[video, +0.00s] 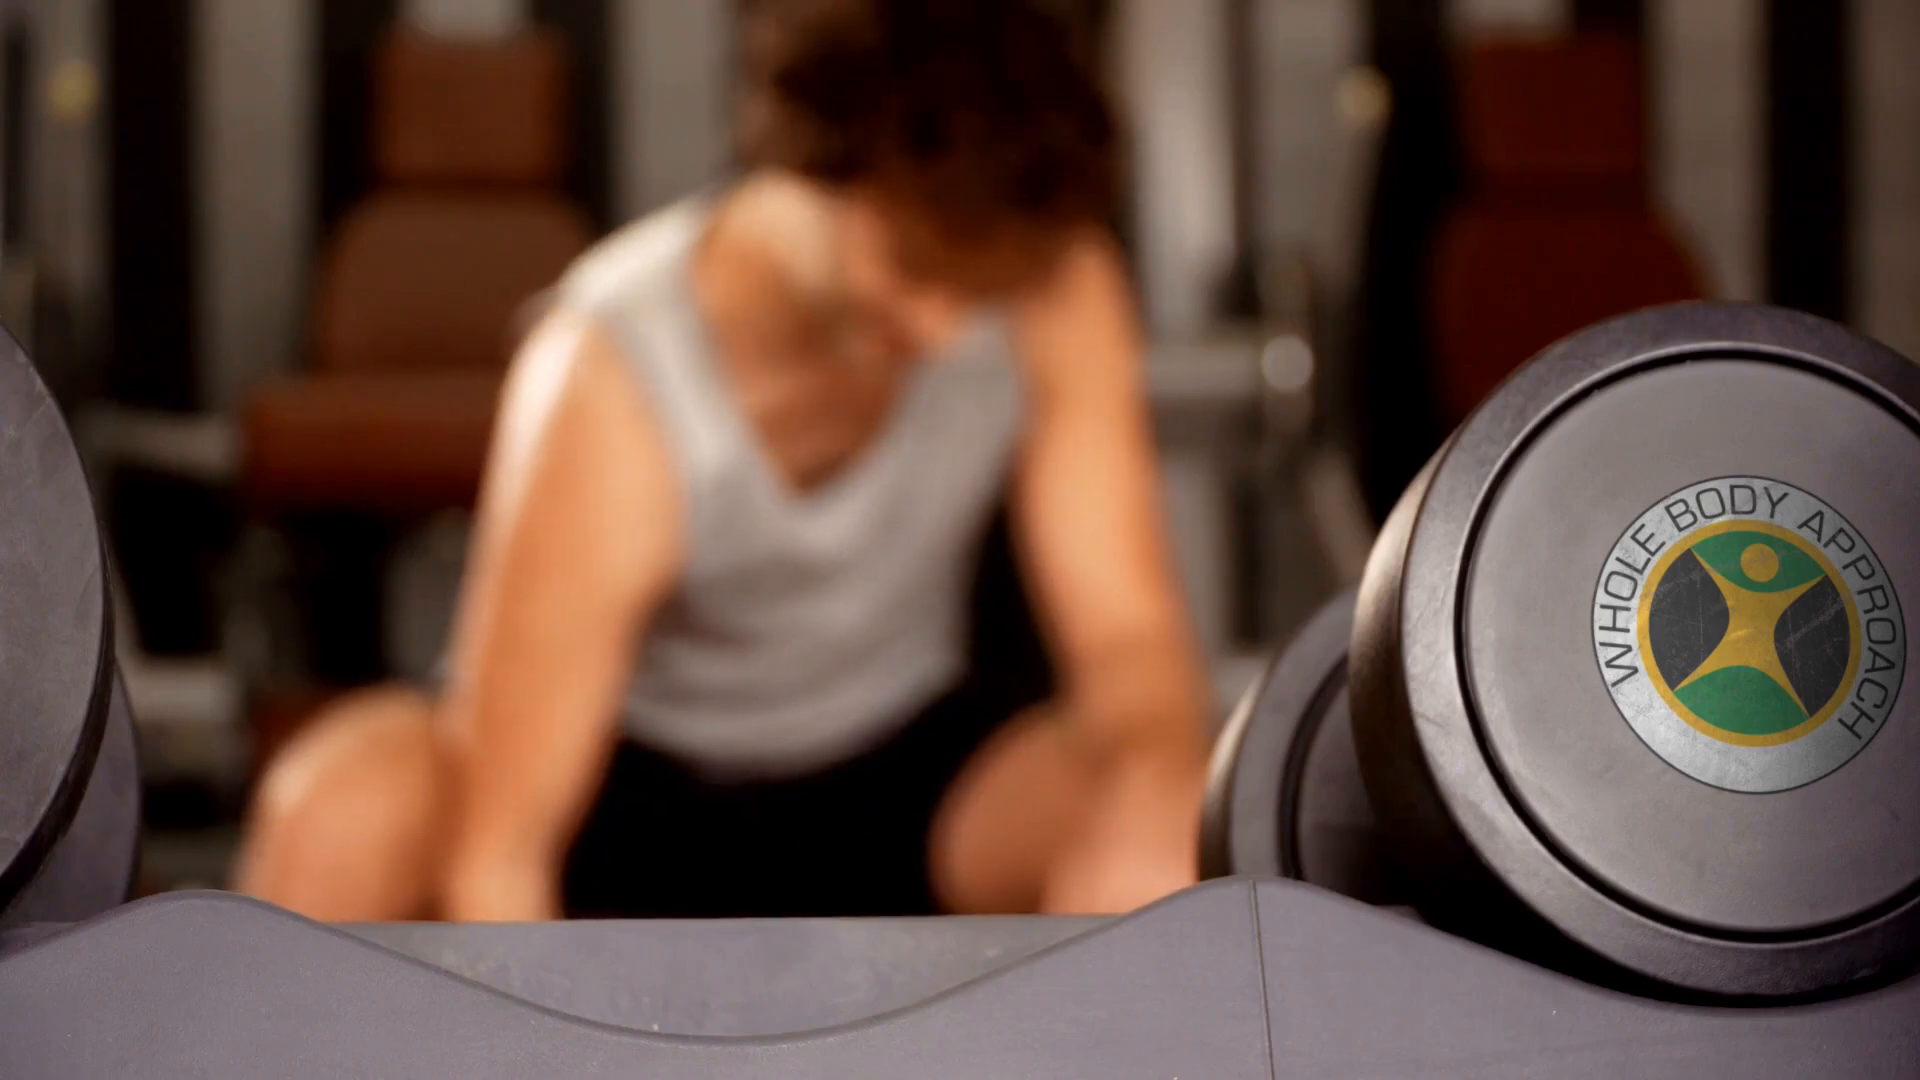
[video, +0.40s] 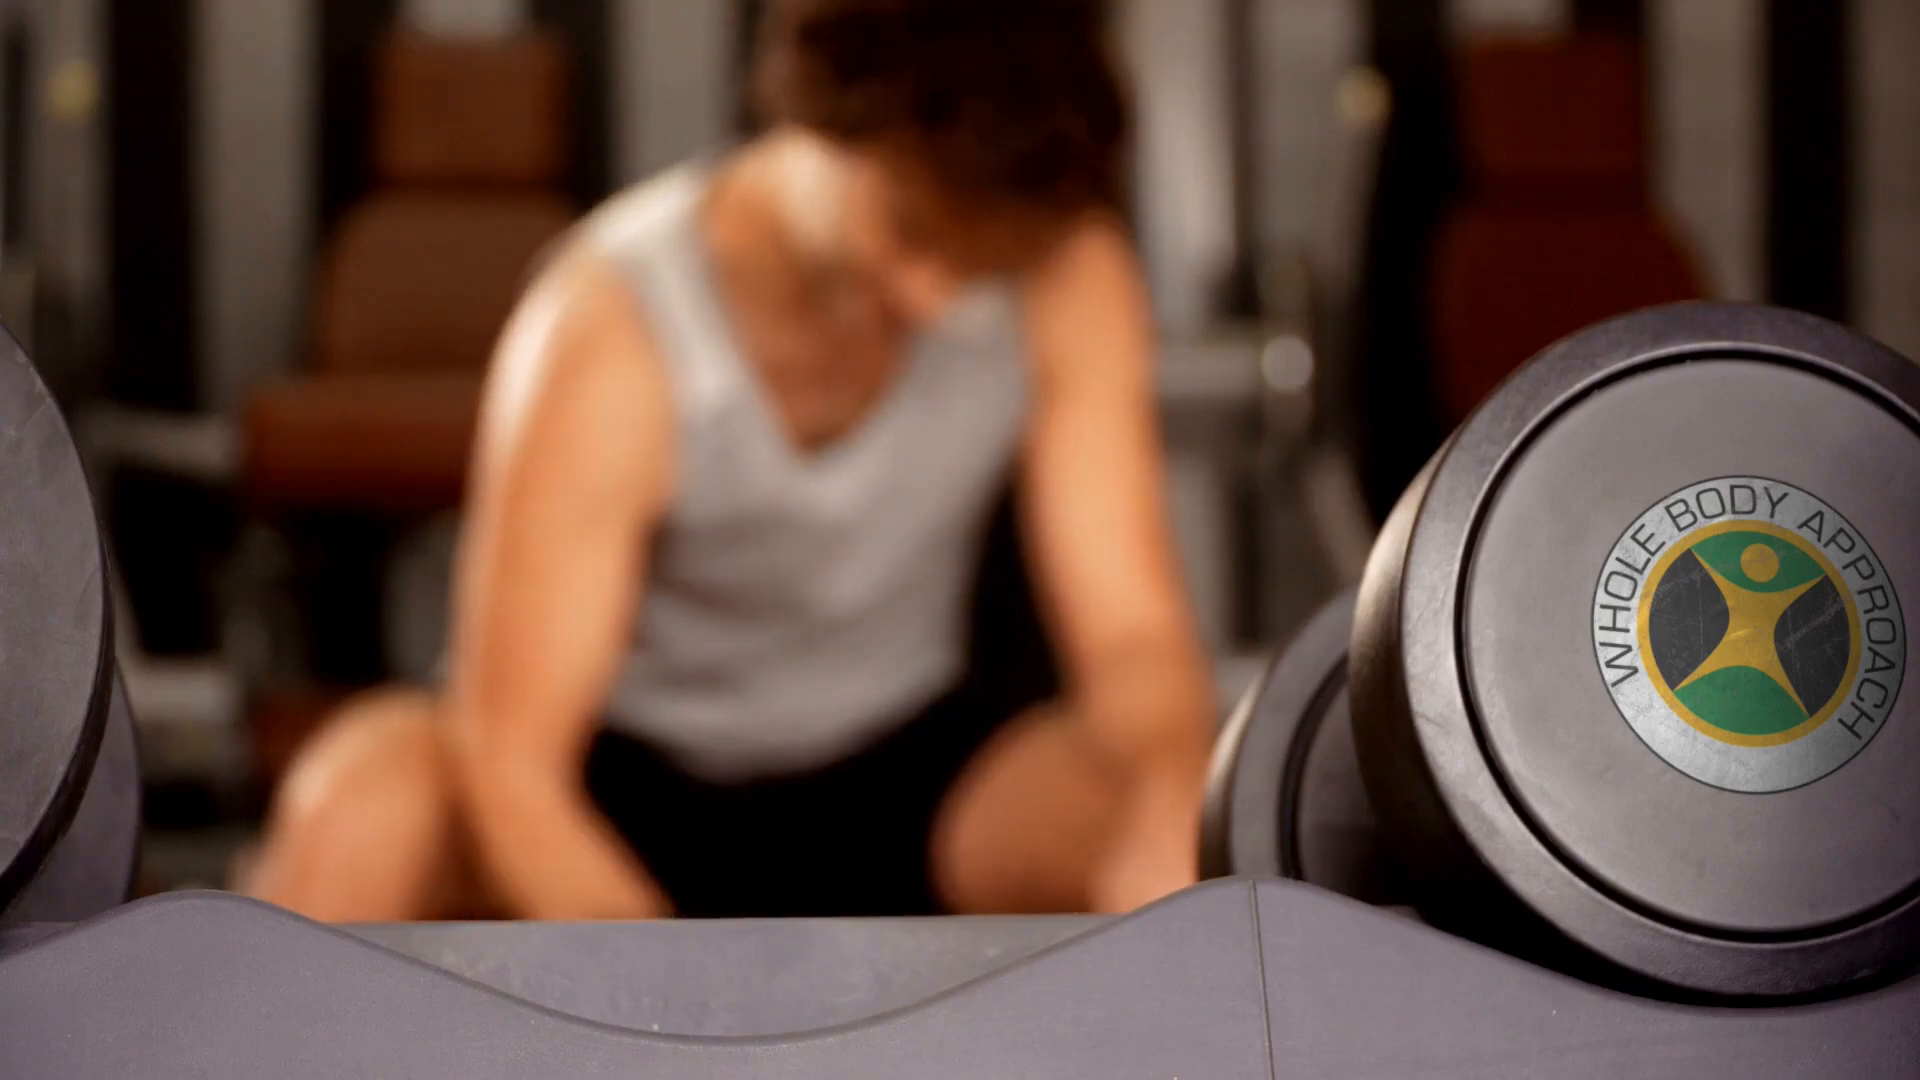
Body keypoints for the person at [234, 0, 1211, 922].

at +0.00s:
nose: (946, 332)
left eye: (991, 287)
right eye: (915, 276)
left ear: (1040, 244)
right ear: (827, 182)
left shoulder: (1049, 274)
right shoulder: (611, 374)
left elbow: (1129, 654)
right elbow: (502, 850)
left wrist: (1151, 852)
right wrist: (545, 1077)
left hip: (899, 789)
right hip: (625, 803)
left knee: (1157, 797)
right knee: (341, 791)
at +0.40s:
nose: (931, 301)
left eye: (983, 264)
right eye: (908, 243)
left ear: (1043, 222)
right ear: (826, 136)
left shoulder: (1058, 263)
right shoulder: (607, 319)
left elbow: (1131, 643)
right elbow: (510, 768)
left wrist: (1164, 845)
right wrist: (690, 1010)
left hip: (902, 782)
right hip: (629, 794)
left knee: (1177, 805)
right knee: (364, 785)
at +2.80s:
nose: (921, 290)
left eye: (972, 244)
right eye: (890, 227)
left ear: (1025, 198)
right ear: (794, 139)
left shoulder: (1045, 258)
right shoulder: (596, 348)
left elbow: (1128, 640)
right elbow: (504, 806)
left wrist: (1182, 856)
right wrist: (601, 1057)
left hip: (902, 781)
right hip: (627, 796)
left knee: (1190, 812)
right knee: (343, 793)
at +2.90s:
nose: (919, 272)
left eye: (971, 226)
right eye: (887, 208)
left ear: (1017, 181)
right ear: (791, 121)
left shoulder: (1044, 254)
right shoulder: (594, 334)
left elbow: (1128, 643)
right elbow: (503, 783)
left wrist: (1180, 854)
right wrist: (639, 1040)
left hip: (900, 780)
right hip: (628, 795)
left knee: (1190, 812)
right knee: (350, 792)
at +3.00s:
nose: (919, 259)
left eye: (971, 212)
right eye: (887, 197)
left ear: (1015, 168)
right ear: (790, 107)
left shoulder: (1045, 253)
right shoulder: (594, 322)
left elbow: (1128, 639)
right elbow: (504, 773)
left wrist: (1182, 854)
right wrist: (688, 1018)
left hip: (899, 781)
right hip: (627, 792)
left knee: (1190, 812)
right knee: (357, 792)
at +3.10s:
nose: (917, 247)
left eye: (966, 201)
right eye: (885, 186)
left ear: (1012, 161)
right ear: (784, 97)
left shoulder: (1045, 255)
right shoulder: (588, 310)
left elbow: (1130, 639)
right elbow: (506, 753)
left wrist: (1187, 852)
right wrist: (677, 961)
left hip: (903, 768)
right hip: (624, 779)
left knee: (1193, 817)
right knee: (362, 794)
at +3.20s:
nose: (910, 235)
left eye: (961, 187)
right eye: (876, 171)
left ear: (1013, 155)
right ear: (780, 81)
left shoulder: (1042, 256)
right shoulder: (571, 308)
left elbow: (1135, 642)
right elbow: (509, 750)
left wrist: (1183, 842)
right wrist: (732, 870)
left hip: (907, 786)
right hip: (625, 792)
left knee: (1202, 781)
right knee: (368, 797)